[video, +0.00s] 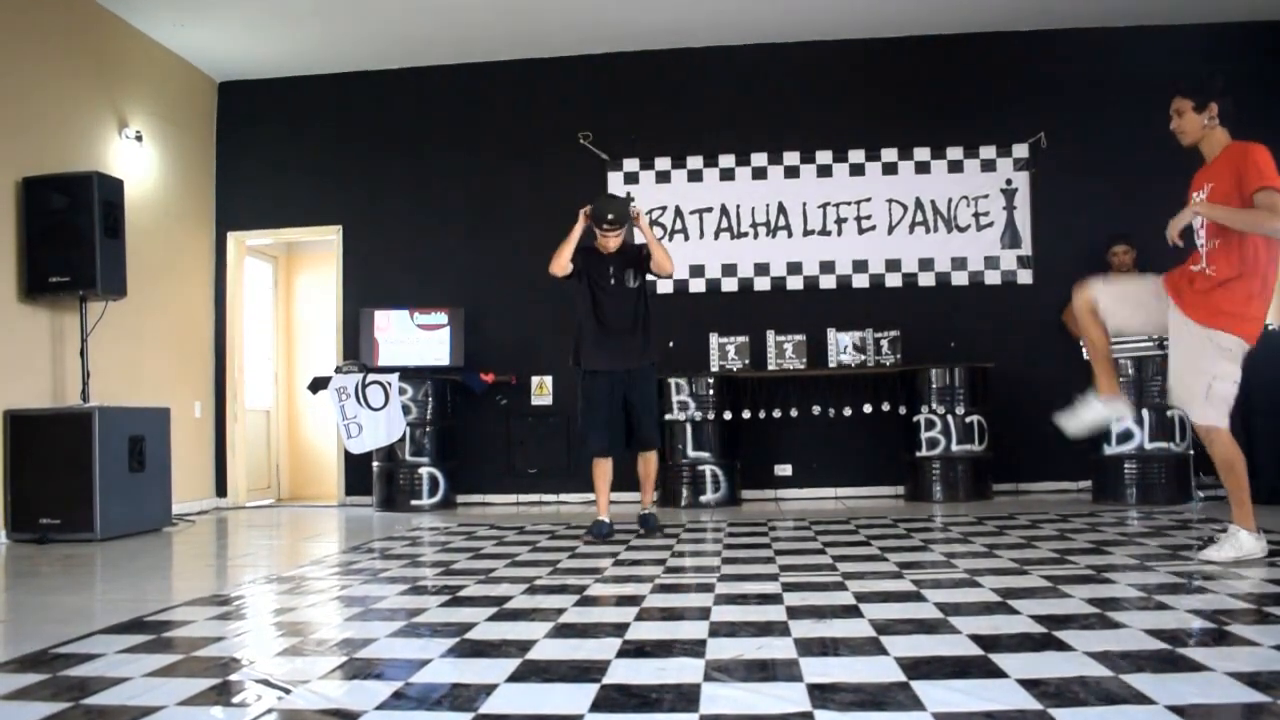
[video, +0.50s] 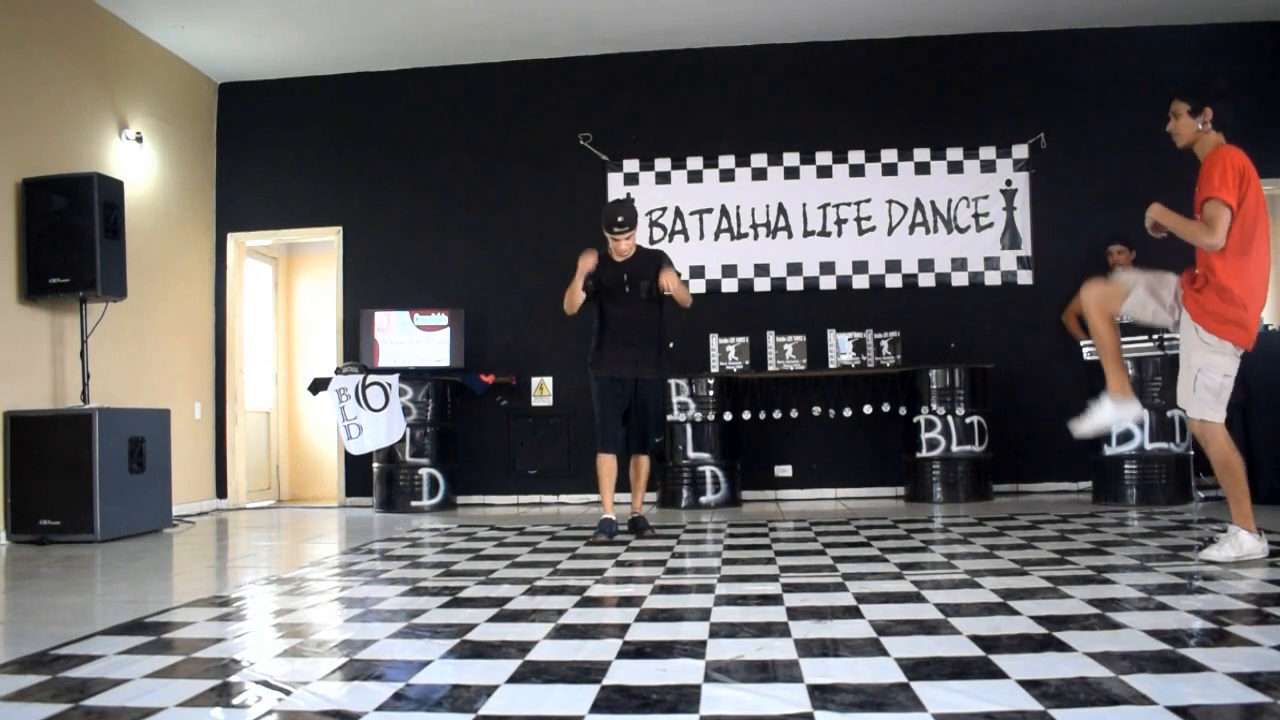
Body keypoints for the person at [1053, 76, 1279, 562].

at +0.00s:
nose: (1174, 124)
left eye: (1181, 114)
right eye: (1172, 115)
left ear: (1210, 114)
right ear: (1197, 118)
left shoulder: (1250, 155)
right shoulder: (1203, 176)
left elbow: (1272, 219)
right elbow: (1217, 249)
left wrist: (1200, 209)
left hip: (1222, 312)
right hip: (1181, 291)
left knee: (1208, 421)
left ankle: (1245, 532)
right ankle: (1110, 398)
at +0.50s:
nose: (1169, 125)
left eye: (1176, 116)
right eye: (1169, 116)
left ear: (1205, 118)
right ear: (1200, 120)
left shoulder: (1224, 161)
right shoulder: (1218, 163)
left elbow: (1213, 235)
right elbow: (1217, 245)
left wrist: (1163, 216)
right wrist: (1138, 265)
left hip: (1221, 312)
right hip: (1193, 293)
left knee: (1206, 422)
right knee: (1096, 294)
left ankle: (1246, 533)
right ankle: (1121, 400)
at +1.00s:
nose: (1136, 131)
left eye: (1142, 122)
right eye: (1137, 123)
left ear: (1167, 126)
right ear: (1166, 127)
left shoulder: (1170, 166)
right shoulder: (1184, 169)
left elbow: (1153, 241)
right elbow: (1182, 249)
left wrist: (1124, 230)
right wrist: (1144, 248)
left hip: (1175, 310)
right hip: (1194, 315)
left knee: (1114, 399)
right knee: (1157, 425)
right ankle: (1184, 528)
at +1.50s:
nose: (1104, 153)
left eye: (1106, 146)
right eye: (1104, 146)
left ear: (1125, 149)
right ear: (1148, 147)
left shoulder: (1138, 192)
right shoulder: (1182, 181)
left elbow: (1120, 266)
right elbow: (1227, 233)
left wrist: (1095, 295)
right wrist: (1197, 266)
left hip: (1180, 290)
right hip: (1165, 313)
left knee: (1113, 204)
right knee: (1127, 411)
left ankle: (1097, 311)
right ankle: (1177, 518)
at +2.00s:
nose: (1151, 127)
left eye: (1159, 118)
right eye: (1150, 120)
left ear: (1188, 118)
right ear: (1175, 123)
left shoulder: (1212, 161)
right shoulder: (1188, 173)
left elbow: (1238, 230)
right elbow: (1203, 244)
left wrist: (1177, 268)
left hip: (1223, 327)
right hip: (1181, 327)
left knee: (1257, 425)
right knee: (1182, 423)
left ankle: (1278, 523)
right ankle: (1186, 528)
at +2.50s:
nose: (1233, 116)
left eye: (1244, 108)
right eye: (1232, 108)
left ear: (1270, 117)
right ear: (1231, 118)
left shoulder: (1276, 167)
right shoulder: (1219, 179)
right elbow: (1190, 243)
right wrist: (1145, 286)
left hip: (1274, 320)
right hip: (1233, 322)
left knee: (1271, 427)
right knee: (1240, 429)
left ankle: (1276, 525)